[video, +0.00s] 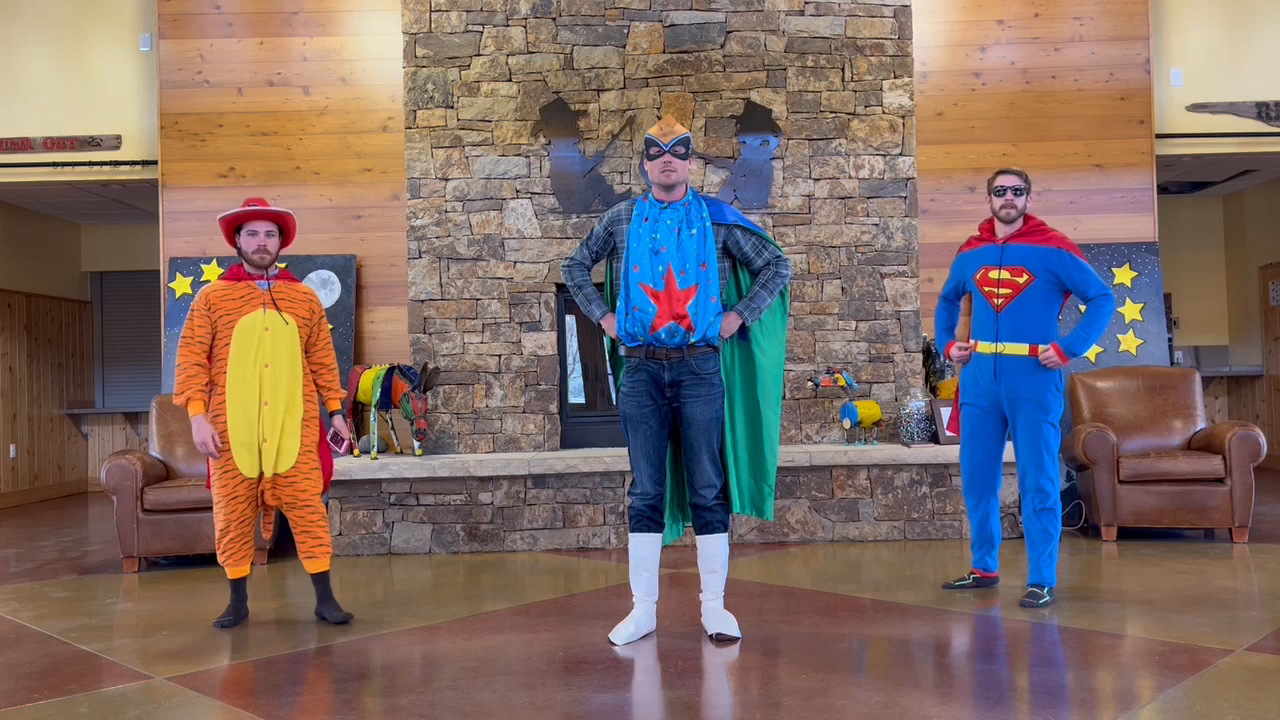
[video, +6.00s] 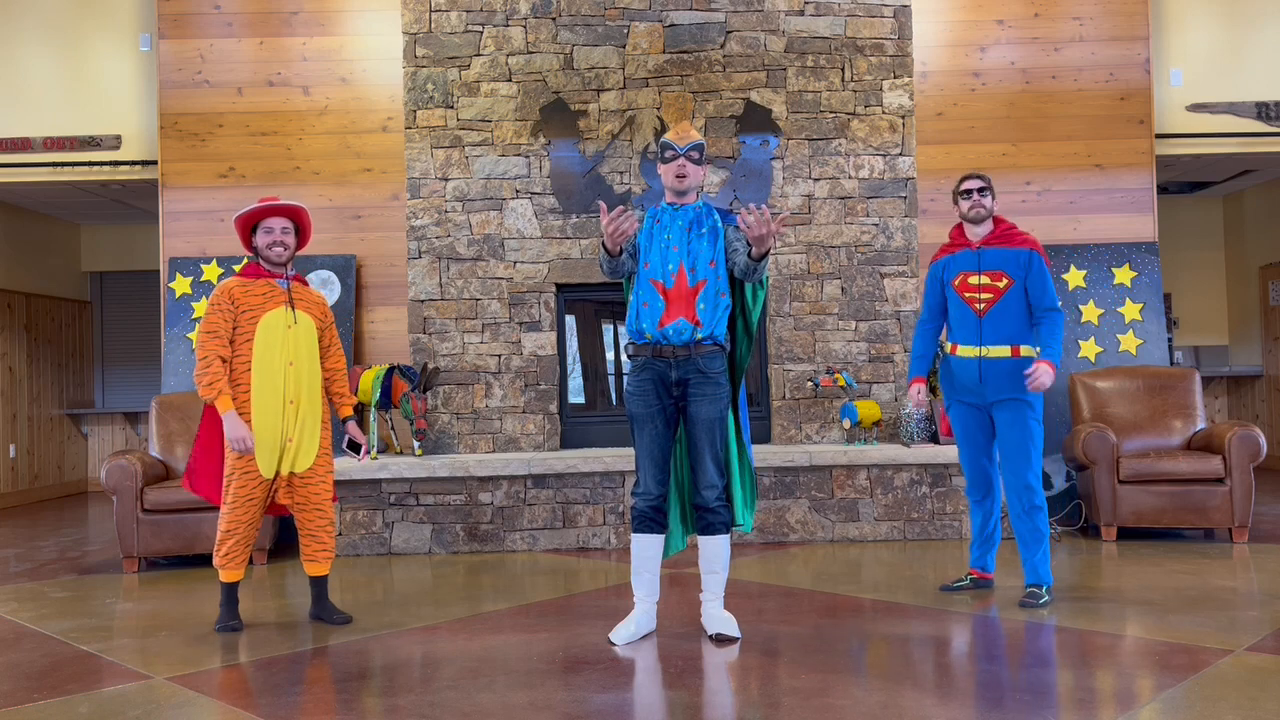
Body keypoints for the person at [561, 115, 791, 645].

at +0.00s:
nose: (668, 161)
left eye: (678, 153)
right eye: (657, 153)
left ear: (692, 162)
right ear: (644, 163)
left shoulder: (715, 216)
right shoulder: (622, 216)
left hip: (700, 366)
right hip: (640, 366)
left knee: (706, 487)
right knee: (646, 489)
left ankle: (714, 608)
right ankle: (643, 611)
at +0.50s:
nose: (674, 159)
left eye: (683, 154)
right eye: (663, 154)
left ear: (695, 168)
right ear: (647, 168)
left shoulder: (713, 217)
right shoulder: (628, 218)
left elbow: (745, 266)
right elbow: (604, 267)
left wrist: (769, 246)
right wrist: (578, 256)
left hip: (696, 364)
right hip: (639, 366)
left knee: (705, 484)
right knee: (645, 488)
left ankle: (714, 608)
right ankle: (643, 609)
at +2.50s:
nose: (645, 164)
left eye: (656, 155)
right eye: (642, 159)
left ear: (685, 163)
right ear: (643, 170)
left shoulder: (720, 220)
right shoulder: (637, 222)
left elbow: (753, 286)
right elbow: (605, 291)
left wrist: (774, 257)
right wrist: (595, 263)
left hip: (700, 366)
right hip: (641, 367)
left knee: (706, 484)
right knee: (647, 487)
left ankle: (713, 608)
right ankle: (644, 610)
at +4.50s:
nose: (677, 164)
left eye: (686, 155)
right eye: (666, 155)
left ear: (698, 164)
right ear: (650, 164)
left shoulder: (721, 221)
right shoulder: (630, 221)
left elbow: (741, 304)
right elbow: (609, 304)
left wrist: (755, 283)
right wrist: (595, 274)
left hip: (702, 364)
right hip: (642, 365)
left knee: (708, 485)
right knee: (647, 486)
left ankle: (713, 607)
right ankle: (643, 609)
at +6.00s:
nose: (681, 164)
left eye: (692, 157)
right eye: (671, 157)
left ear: (706, 168)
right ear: (657, 166)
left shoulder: (723, 220)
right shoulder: (640, 220)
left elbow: (745, 271)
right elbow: (619, 271)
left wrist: (758, 250)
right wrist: (613, 249)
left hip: (705, 365)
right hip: (647, 366)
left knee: (709, 485)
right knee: (650, 487)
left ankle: (713, 608)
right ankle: (644, 609)